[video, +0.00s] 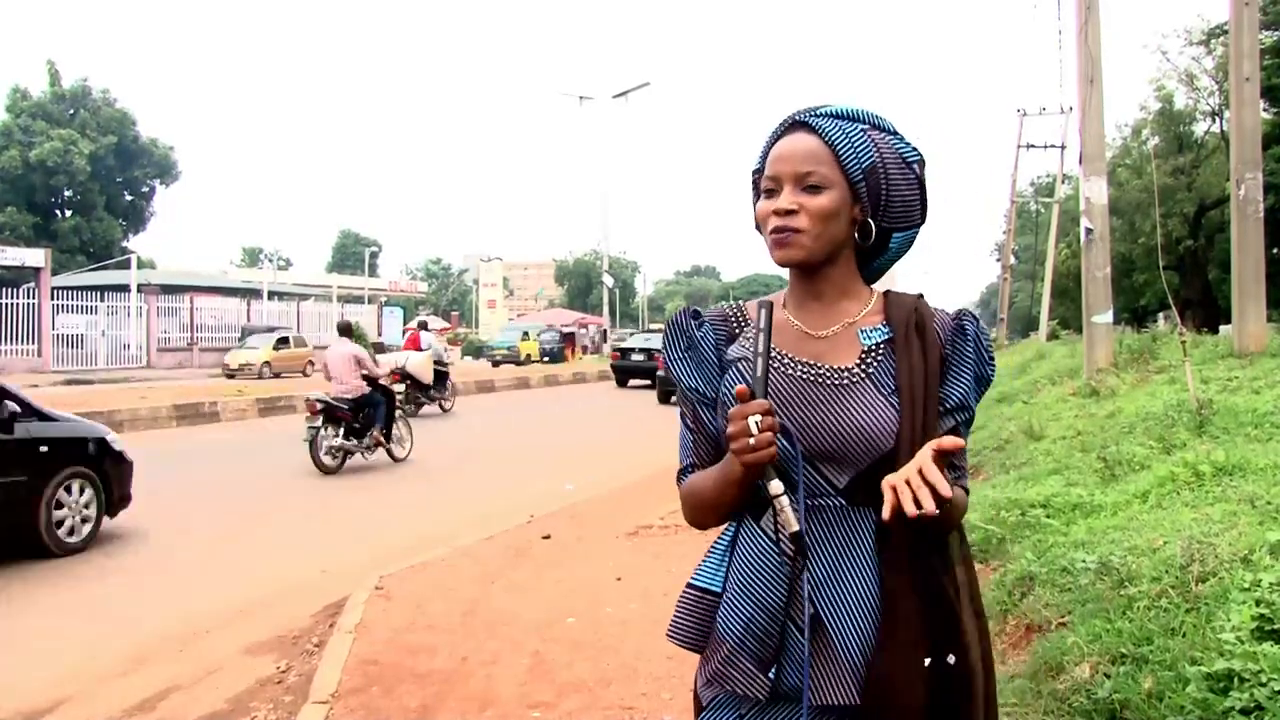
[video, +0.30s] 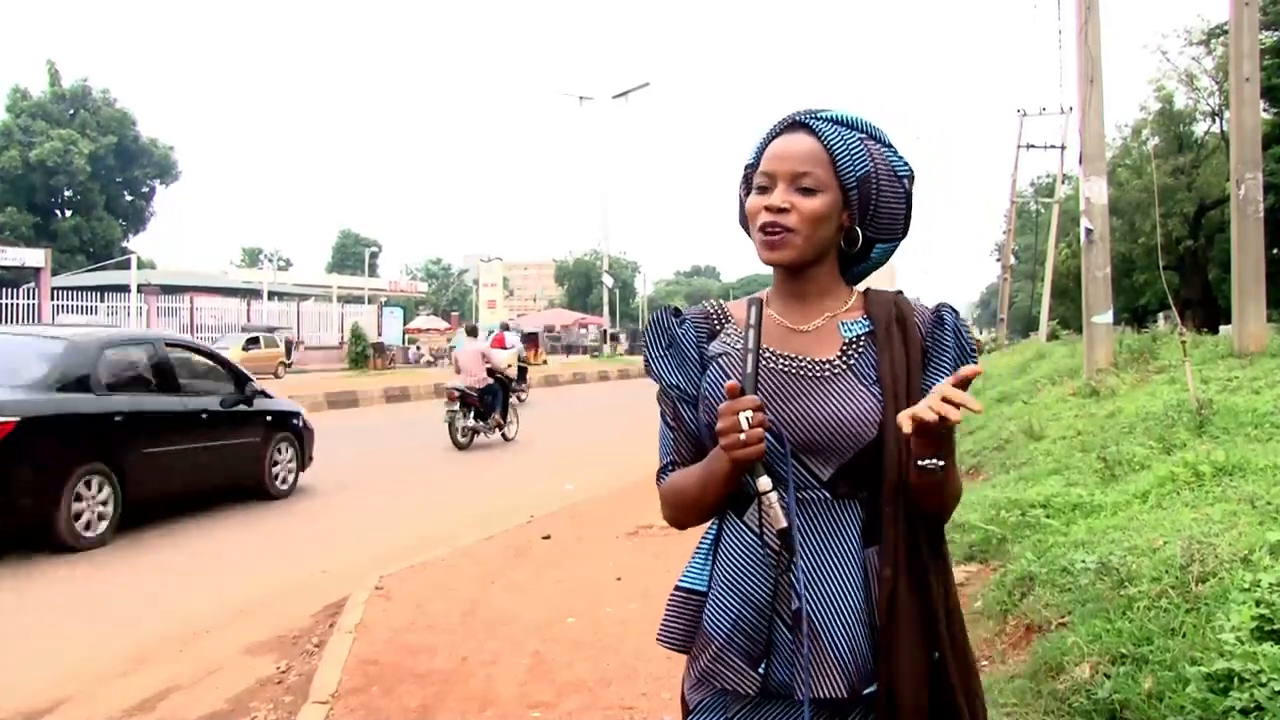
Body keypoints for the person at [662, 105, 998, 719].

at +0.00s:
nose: (781, 205)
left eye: (810, 186)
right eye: (769, 189)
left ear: (860, 209)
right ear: (757, 207)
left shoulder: (927, 335)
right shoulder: (723, 338)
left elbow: (954, 504)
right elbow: (697, 509)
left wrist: (927, 477)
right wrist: (739, 463)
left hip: (890, 636)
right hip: (758, 634)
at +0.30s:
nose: (774, 204)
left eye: (804, 188)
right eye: (762, 186)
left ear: (847, 214)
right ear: (745, 203)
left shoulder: (909, 331)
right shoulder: (704, 336)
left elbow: (939, 505)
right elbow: (675, 507)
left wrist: (930, 441)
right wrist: (727, 459)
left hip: (873, 642)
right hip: (741, 639)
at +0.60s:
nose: (757, 202)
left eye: (788, 190)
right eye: (747, 184)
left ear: (831, 218)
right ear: (730, 199)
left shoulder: (883, 324)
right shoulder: (688, 336)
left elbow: (916, 490)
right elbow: (667, 514)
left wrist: (918, 316)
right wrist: (695, 459)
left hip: (848, 636)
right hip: (721, 638)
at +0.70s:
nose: (748, 201)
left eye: (780, 190)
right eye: (742, 182)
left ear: (823, 222)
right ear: (726, 194)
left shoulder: (877, 327)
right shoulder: (684, 338)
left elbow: (902, 482)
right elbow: (663, 516)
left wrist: (906, 306)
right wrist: (684, 458)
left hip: (837, 644)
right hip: (713, 641)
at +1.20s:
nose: (743, 204)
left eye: (776, 194)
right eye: (739, 184)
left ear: (821, 225)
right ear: (726, 191)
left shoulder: (871, 326)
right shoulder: (678, 339)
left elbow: (937, 412)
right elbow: (653, 515)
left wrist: (922, 265)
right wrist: (681, 459)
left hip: (836, 627)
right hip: (714, 628)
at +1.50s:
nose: (762, 206)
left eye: (791, 191)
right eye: (751, 191)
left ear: (838, 214)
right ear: (736, 209)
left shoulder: (891, 317)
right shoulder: (701, 344)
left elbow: (972, 394)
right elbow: (686, 518)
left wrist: (940, 222)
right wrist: (714, 459)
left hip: (875, 630)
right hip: (745, 633)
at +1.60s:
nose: (778, 206)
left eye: (805, 189)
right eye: (762, 192)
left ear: (849, 213)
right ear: (744, 216)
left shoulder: (911, 310)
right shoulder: (714, 346)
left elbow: (995, 450)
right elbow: (704, 519)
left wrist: (920, 295)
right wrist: (729, 465)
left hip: (894, 626)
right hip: (762, 628)